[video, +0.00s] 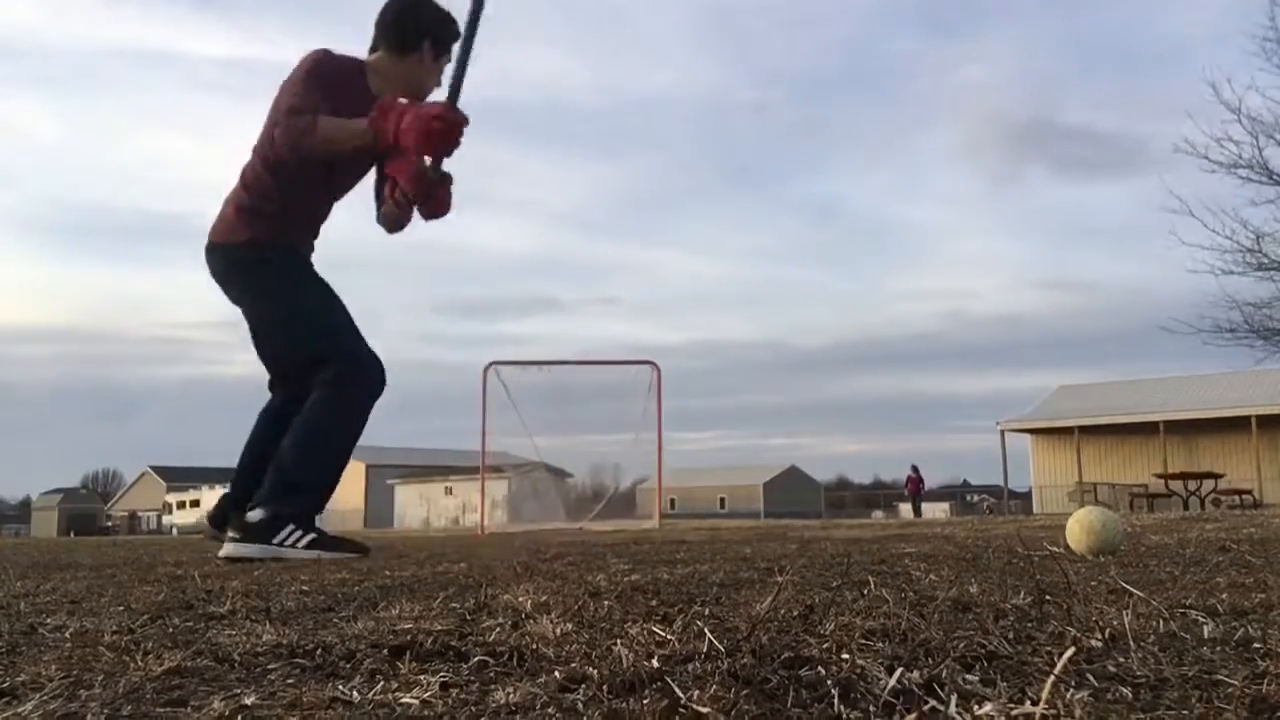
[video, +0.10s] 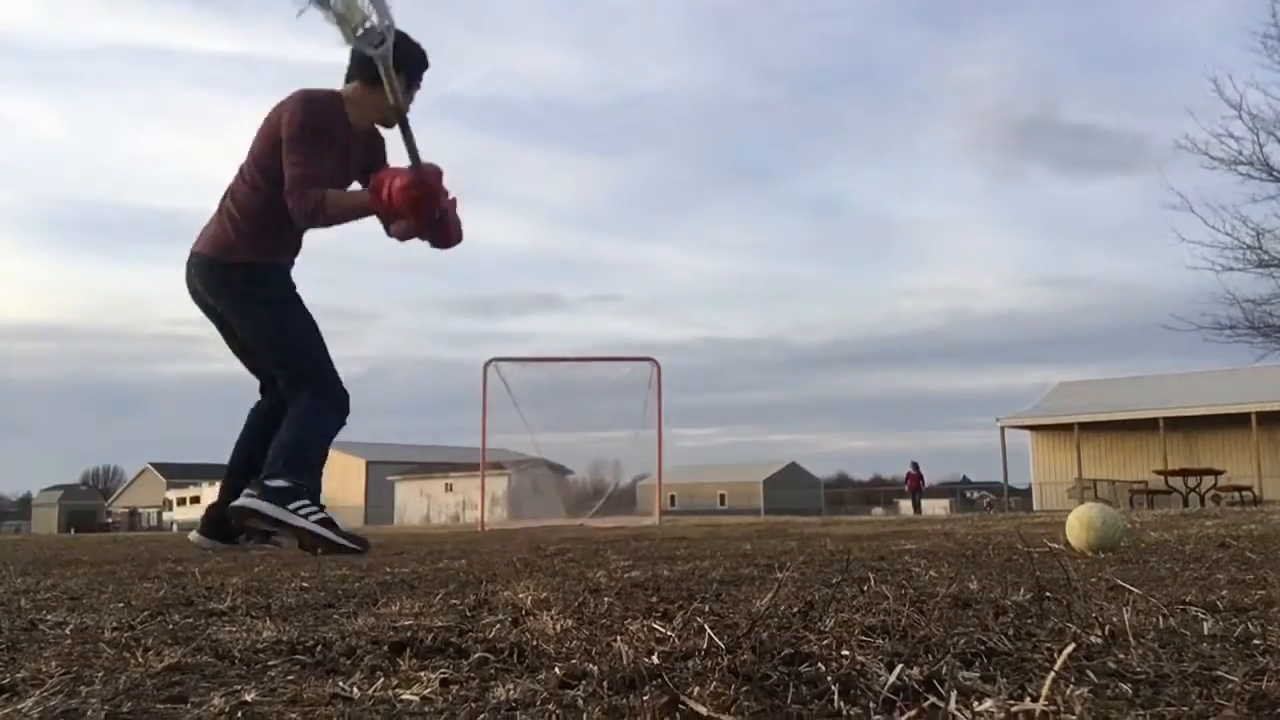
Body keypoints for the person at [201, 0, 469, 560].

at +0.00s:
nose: (438, 81)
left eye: (442, 67)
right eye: (439, 63)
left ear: (397, 47)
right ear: (418, 50)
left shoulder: (394, 115)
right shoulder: (325, 69)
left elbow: (391, 219)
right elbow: (293, 134)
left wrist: (409, 186)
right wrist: (386, 129)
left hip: (280, 253)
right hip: (253, 247)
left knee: (300, 383)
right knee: (357, 373)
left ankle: (239, 511)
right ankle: (275, 518)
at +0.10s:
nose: (410, 104)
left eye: (414, 91)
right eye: (408, 89)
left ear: (373, 80)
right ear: (379, 79)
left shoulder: (369, 143)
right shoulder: (309, 111)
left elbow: (391, 224)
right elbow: (305, 207)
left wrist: (425, 213)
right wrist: (382, 196)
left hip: (241, 271)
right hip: (239, 267)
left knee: (283, 390)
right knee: (325, 395)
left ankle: (230, 512)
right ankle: (284, 490)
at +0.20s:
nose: (385, 115)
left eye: (389, 104)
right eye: (386, 102)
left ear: (336, 86)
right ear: (365, 96)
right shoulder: (337, 161)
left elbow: (327, 202)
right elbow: (344, 261)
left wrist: (394, 222)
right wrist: (409, 256)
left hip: (183, 270)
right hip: (244, 279)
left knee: (249, 396)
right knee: (289, 425)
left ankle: (230, 523)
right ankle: (227, 452)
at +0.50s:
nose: (343, 140)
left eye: (345, 132)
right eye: (347, 132)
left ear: (302, 107)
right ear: (342, 129)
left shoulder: (269, 120)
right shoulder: (329, 185)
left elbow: (229, 171)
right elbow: (233, 203)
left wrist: (146, 173)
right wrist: (147, 170)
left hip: (183, 278)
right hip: (240, 299)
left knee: (249, 389)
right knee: (151, 424)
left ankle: (222, 527)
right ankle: (10, 488)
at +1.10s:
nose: (316, 19)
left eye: (313, 14)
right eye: (317, 13)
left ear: (262, 9)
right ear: (310, 9)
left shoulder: (230, 61)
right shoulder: (296, 47)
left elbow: (188, 157)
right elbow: (346, 150)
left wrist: (269, 212)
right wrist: (420, 178)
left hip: (212, 224)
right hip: (253, 226)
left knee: (247, 379)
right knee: (289, 384)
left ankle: (234, 520)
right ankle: (193, 515)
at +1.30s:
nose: (319, 5)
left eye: (318, 2)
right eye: (317, 0)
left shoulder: (248, 31)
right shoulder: (282, 22)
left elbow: (222, 143)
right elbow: (313, 126)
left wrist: (301, 194)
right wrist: (406, 118)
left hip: (242, 205)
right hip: (252, 207)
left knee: (298, 362)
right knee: (299, 363)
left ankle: (246, 507)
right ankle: (187, 514)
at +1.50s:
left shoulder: (270, 12)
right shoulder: (289, 7)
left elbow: (266, 124)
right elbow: (292, 96)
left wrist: (319, 178)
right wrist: (385, 95)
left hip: (279, 196)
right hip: (263, 194)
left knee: (351, 347)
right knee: (259, 356)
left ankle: (324, 507)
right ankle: (184, 512)